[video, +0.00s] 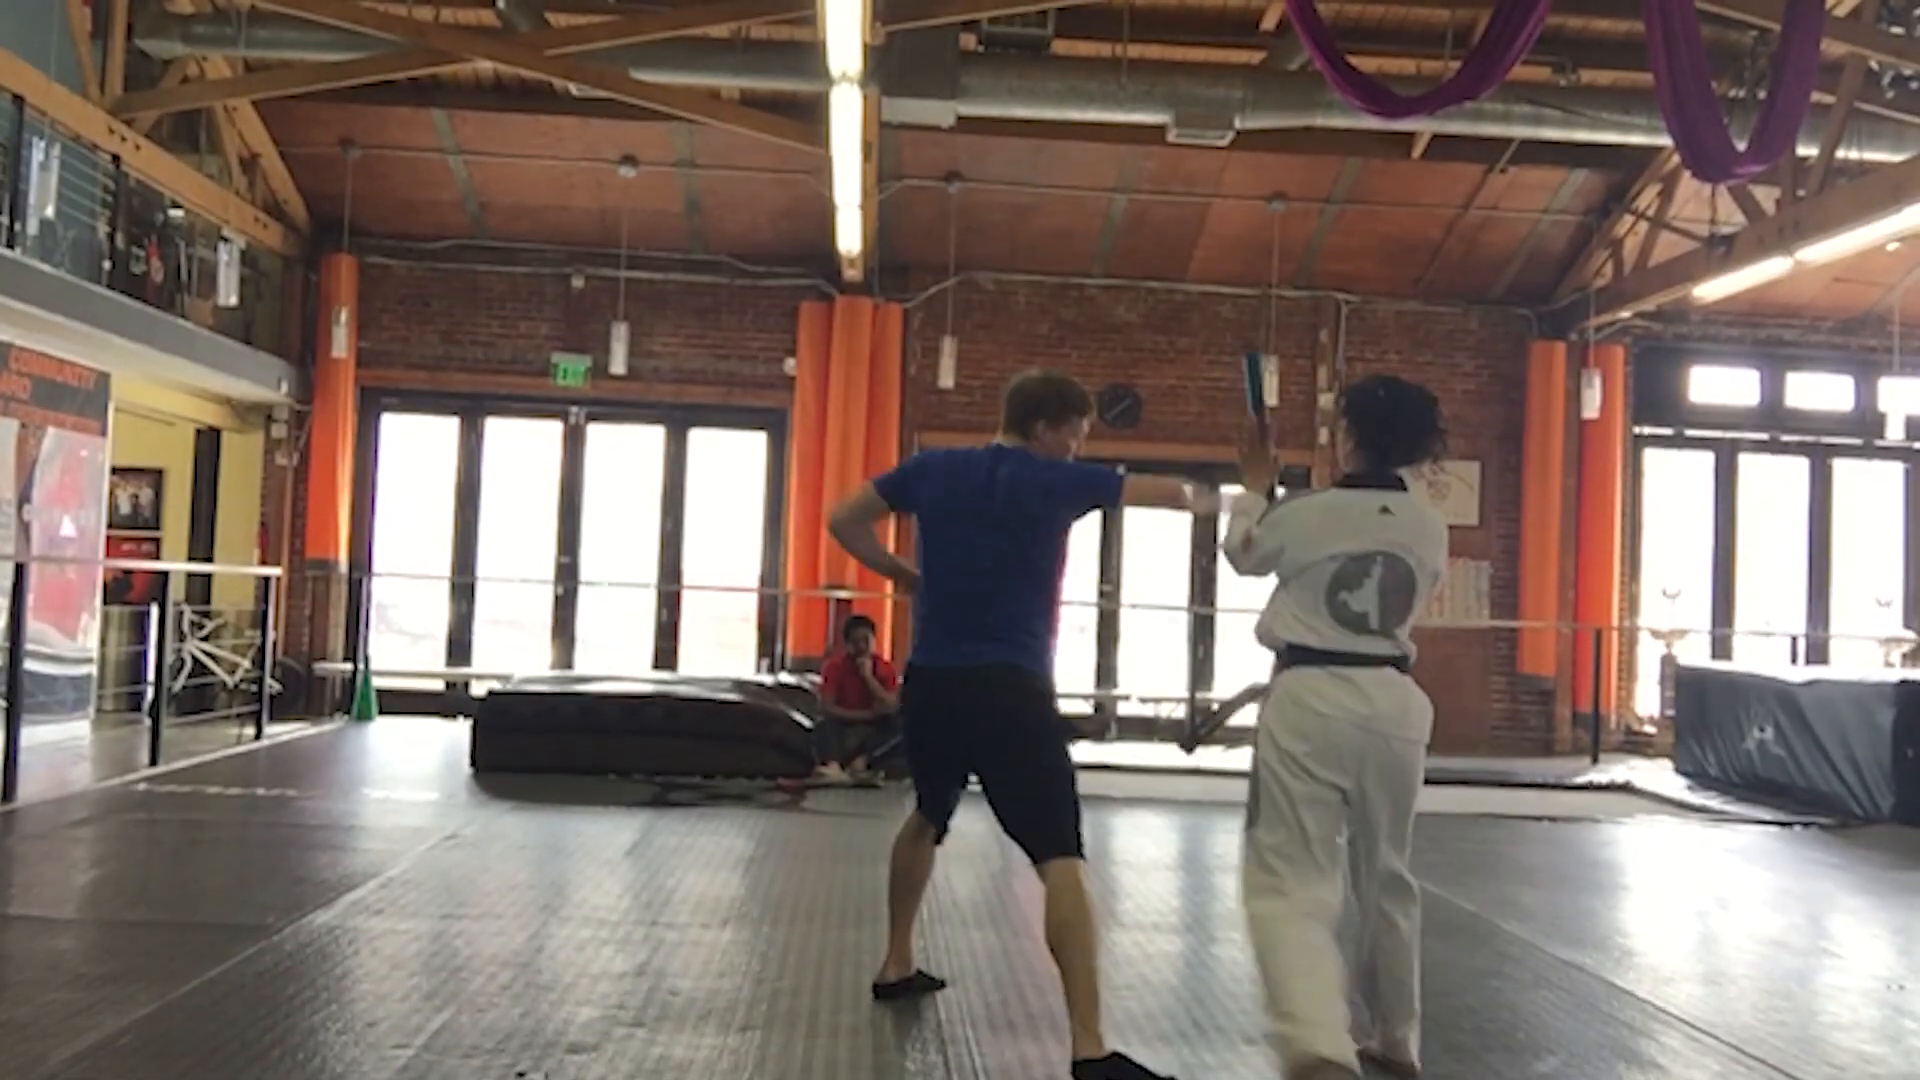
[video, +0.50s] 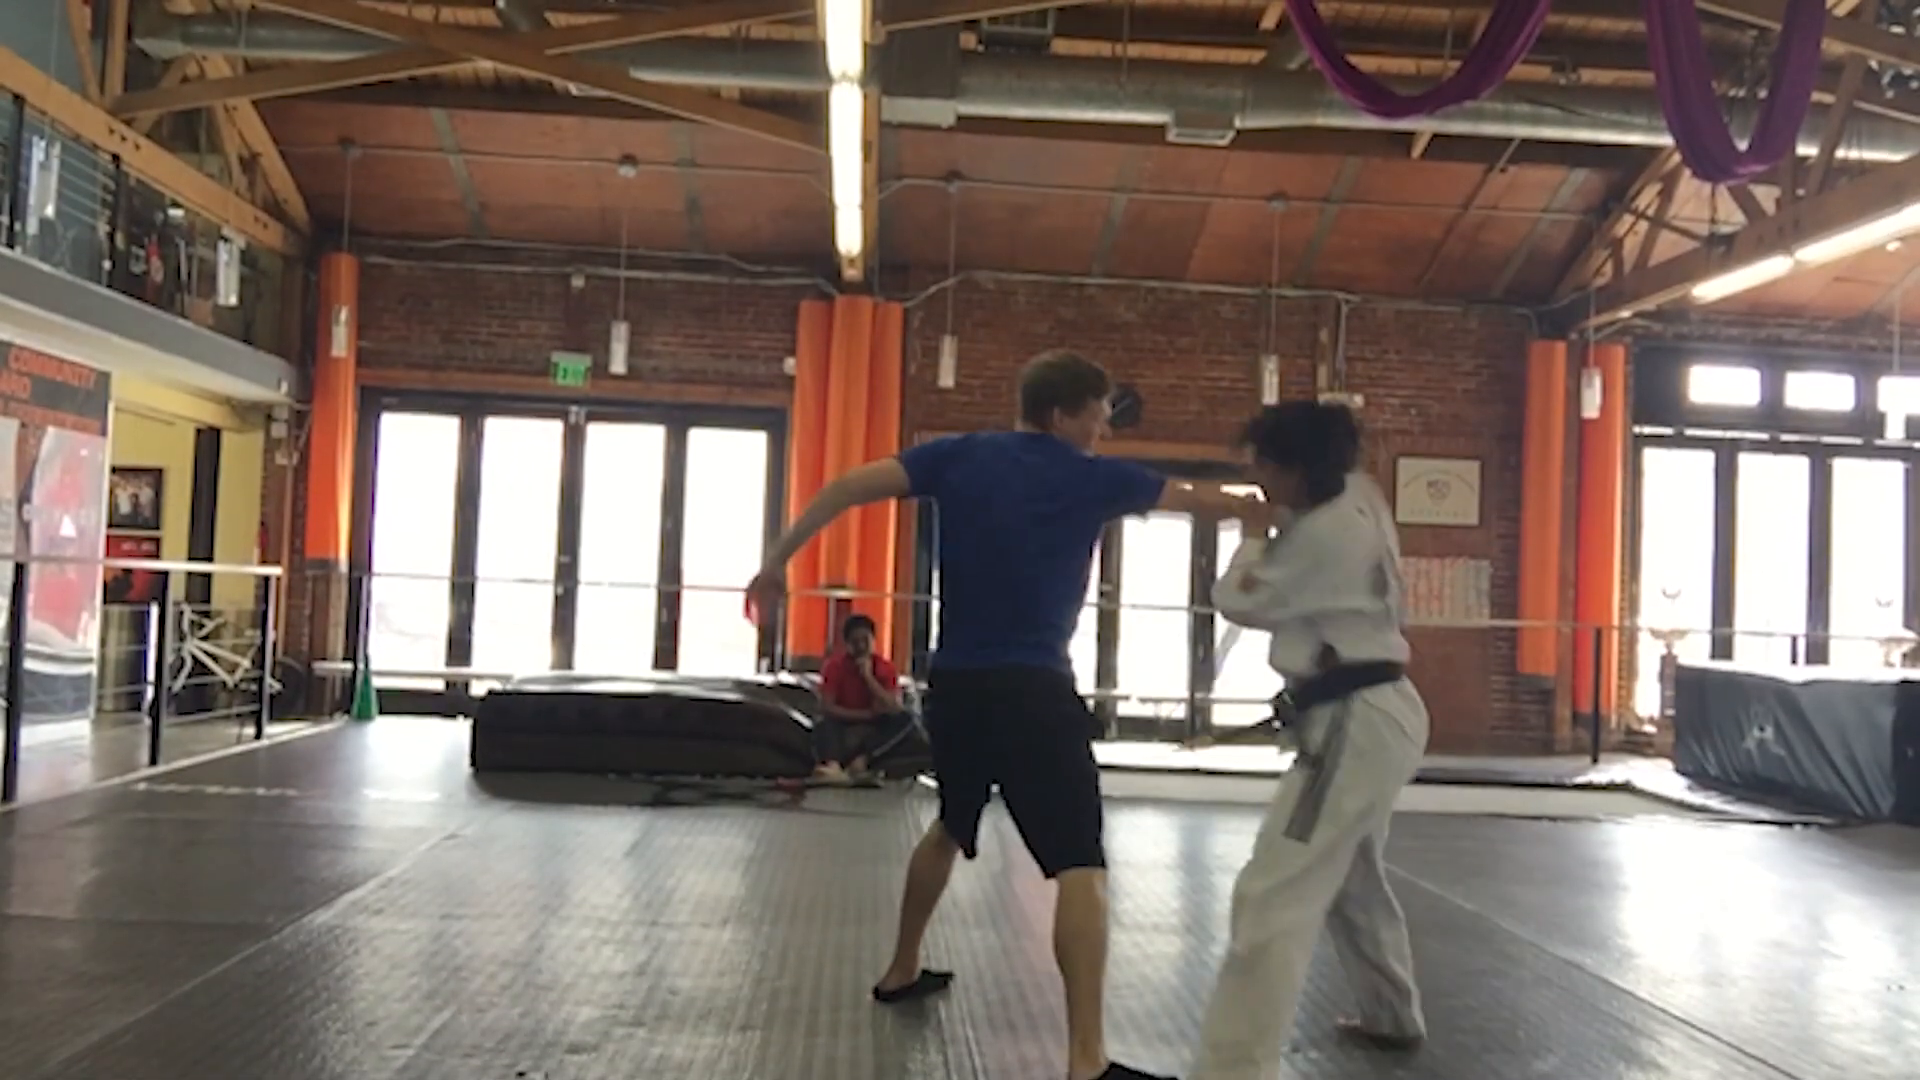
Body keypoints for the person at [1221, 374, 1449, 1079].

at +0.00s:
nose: (1332, 437)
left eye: (1339, 427)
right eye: (1337, 425)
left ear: (1353, 438)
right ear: (1414, 444)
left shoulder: (1304, 512)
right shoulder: (1430, 526)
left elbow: (1244, 554)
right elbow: (1403, 594)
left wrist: (1255, 492)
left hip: (1308, 697)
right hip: (1396, 700)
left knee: (1292, 877)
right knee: (1389, 878)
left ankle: (1320, 1051)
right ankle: (1398, 1046)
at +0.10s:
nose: (1325, 437)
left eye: (1332, 428)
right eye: (1329, 424)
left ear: (1347, 442)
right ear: (1406, 448)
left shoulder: (1305, 513)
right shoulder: (1424, 521)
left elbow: (1249, 525)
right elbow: (1368, 514)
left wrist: (1234, 472)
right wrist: (1323, 482)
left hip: (1297, 700)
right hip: (1387, 705)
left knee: (1253, 879)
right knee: (1387, 886)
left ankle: (1220, 1053)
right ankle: (1396, 1049)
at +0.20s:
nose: (1298, 454)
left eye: (1304, 444)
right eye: (1300, 443)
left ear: (1320, 452)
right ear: (1385, 453)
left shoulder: (1289, 521)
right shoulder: (1413, 530)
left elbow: (1222, 536)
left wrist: (1234, 487)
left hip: (1290, 709)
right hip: (1379, 715)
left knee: (1233, 884)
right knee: (1371, 885)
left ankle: (1216, 1056)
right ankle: (1397, 1051)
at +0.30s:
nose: (1259, 454)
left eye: (1265, 441)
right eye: (1259, 441)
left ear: (1290, 450)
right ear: (1347, 446)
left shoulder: (1266, 518)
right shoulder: (1389, 503)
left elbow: (1214, 565)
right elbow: (1453, 468)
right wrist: (1449, 417)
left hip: (1308, 708)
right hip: (1381, 704)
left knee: (1241, 880)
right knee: (1337, 861)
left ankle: (1232, 1063)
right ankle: (1394, 1022)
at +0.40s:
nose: (1247, 460)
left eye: (1255, 446)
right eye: (1247, 446)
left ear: (1284, 451)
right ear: (1325, 444)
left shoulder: (1279, 523)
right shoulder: (1377, 475)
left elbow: (1220, 598)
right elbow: (1417, 430)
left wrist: (1220, 571)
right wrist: (1434, 410)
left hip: (1333, 706)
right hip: (1390, 698)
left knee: (1245, 875)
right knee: (1333, 859)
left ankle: (1232, 1061)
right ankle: (1387, 1000)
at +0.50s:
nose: (1258, 479)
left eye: (1265, 468)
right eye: (1258, 467)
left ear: (1298, 470)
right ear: (1321, 464)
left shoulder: (1326, 532)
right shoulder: (1357, 498)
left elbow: (1236, 597)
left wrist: (1256, 533)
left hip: (1359, 721)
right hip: (1377, 709)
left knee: (1270, 897)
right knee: (1351, 874)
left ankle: (1232, 1068)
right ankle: (1393, 1018)